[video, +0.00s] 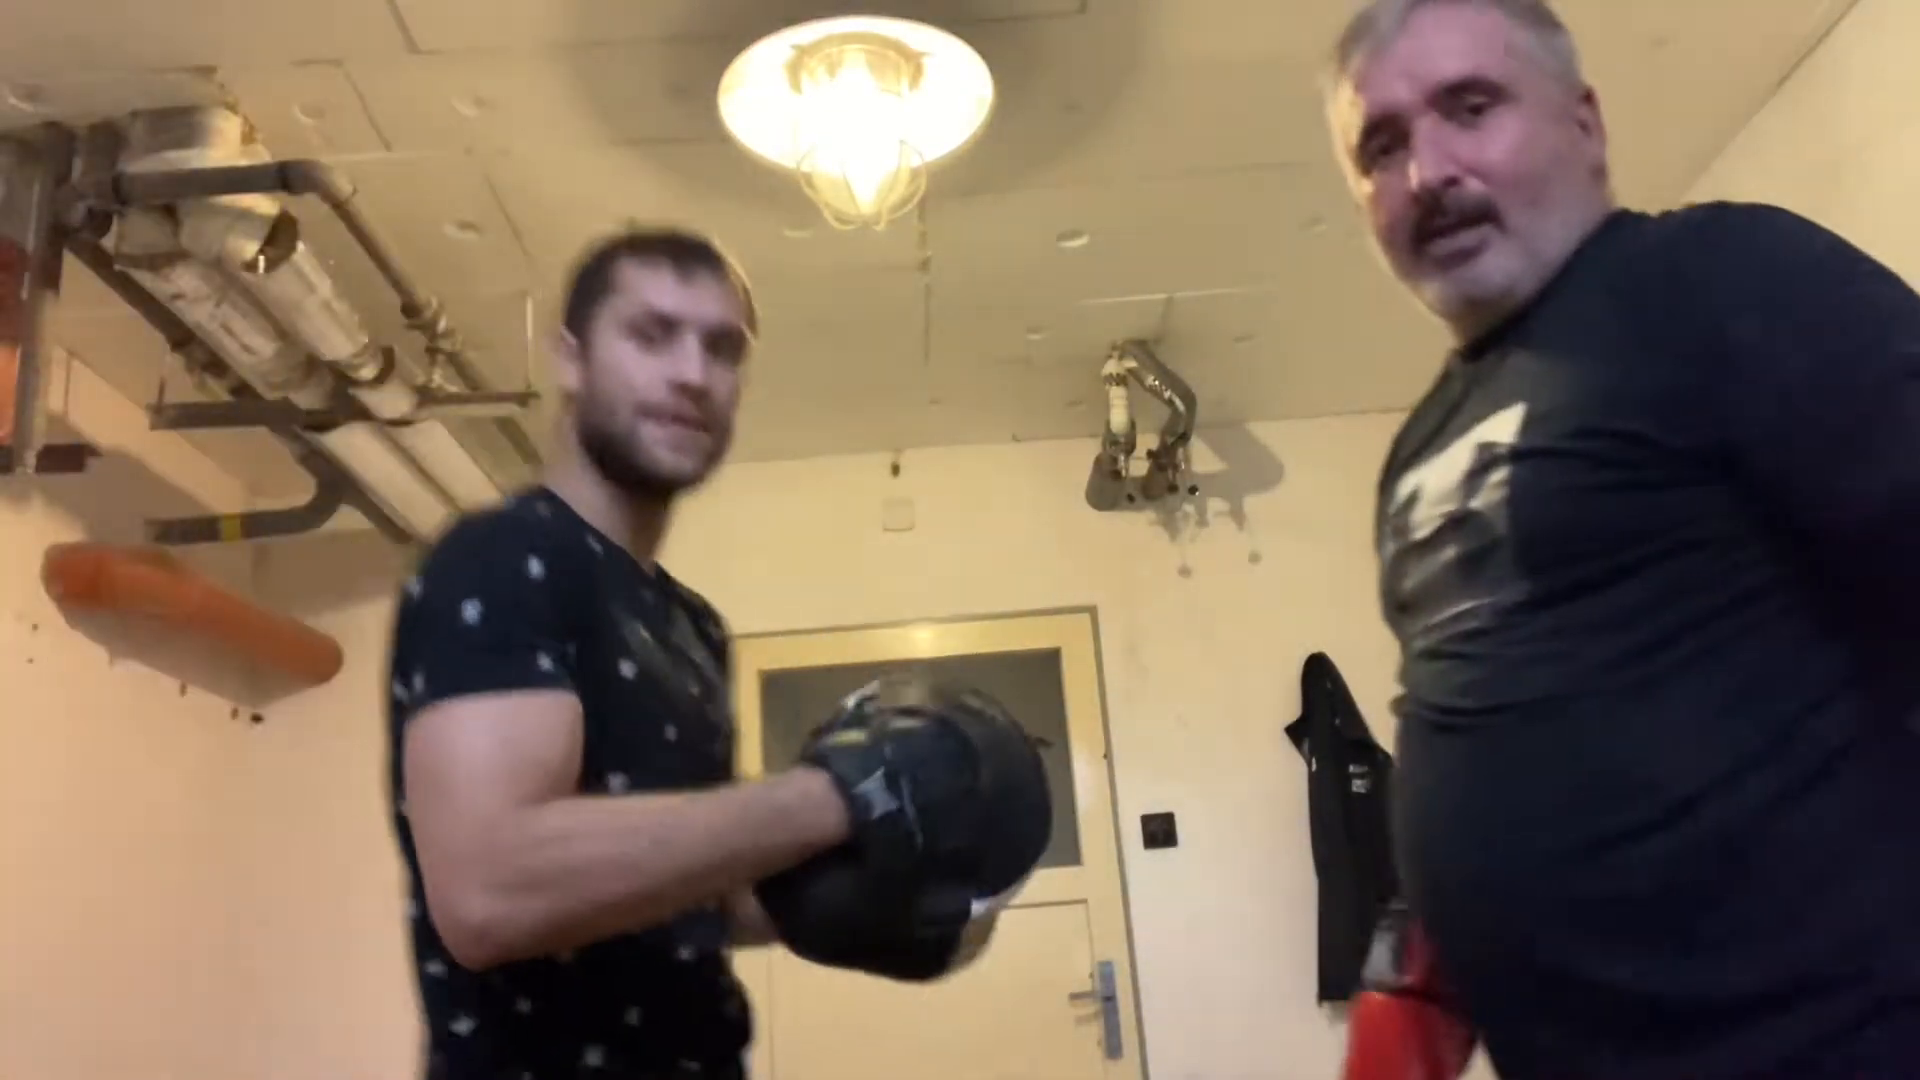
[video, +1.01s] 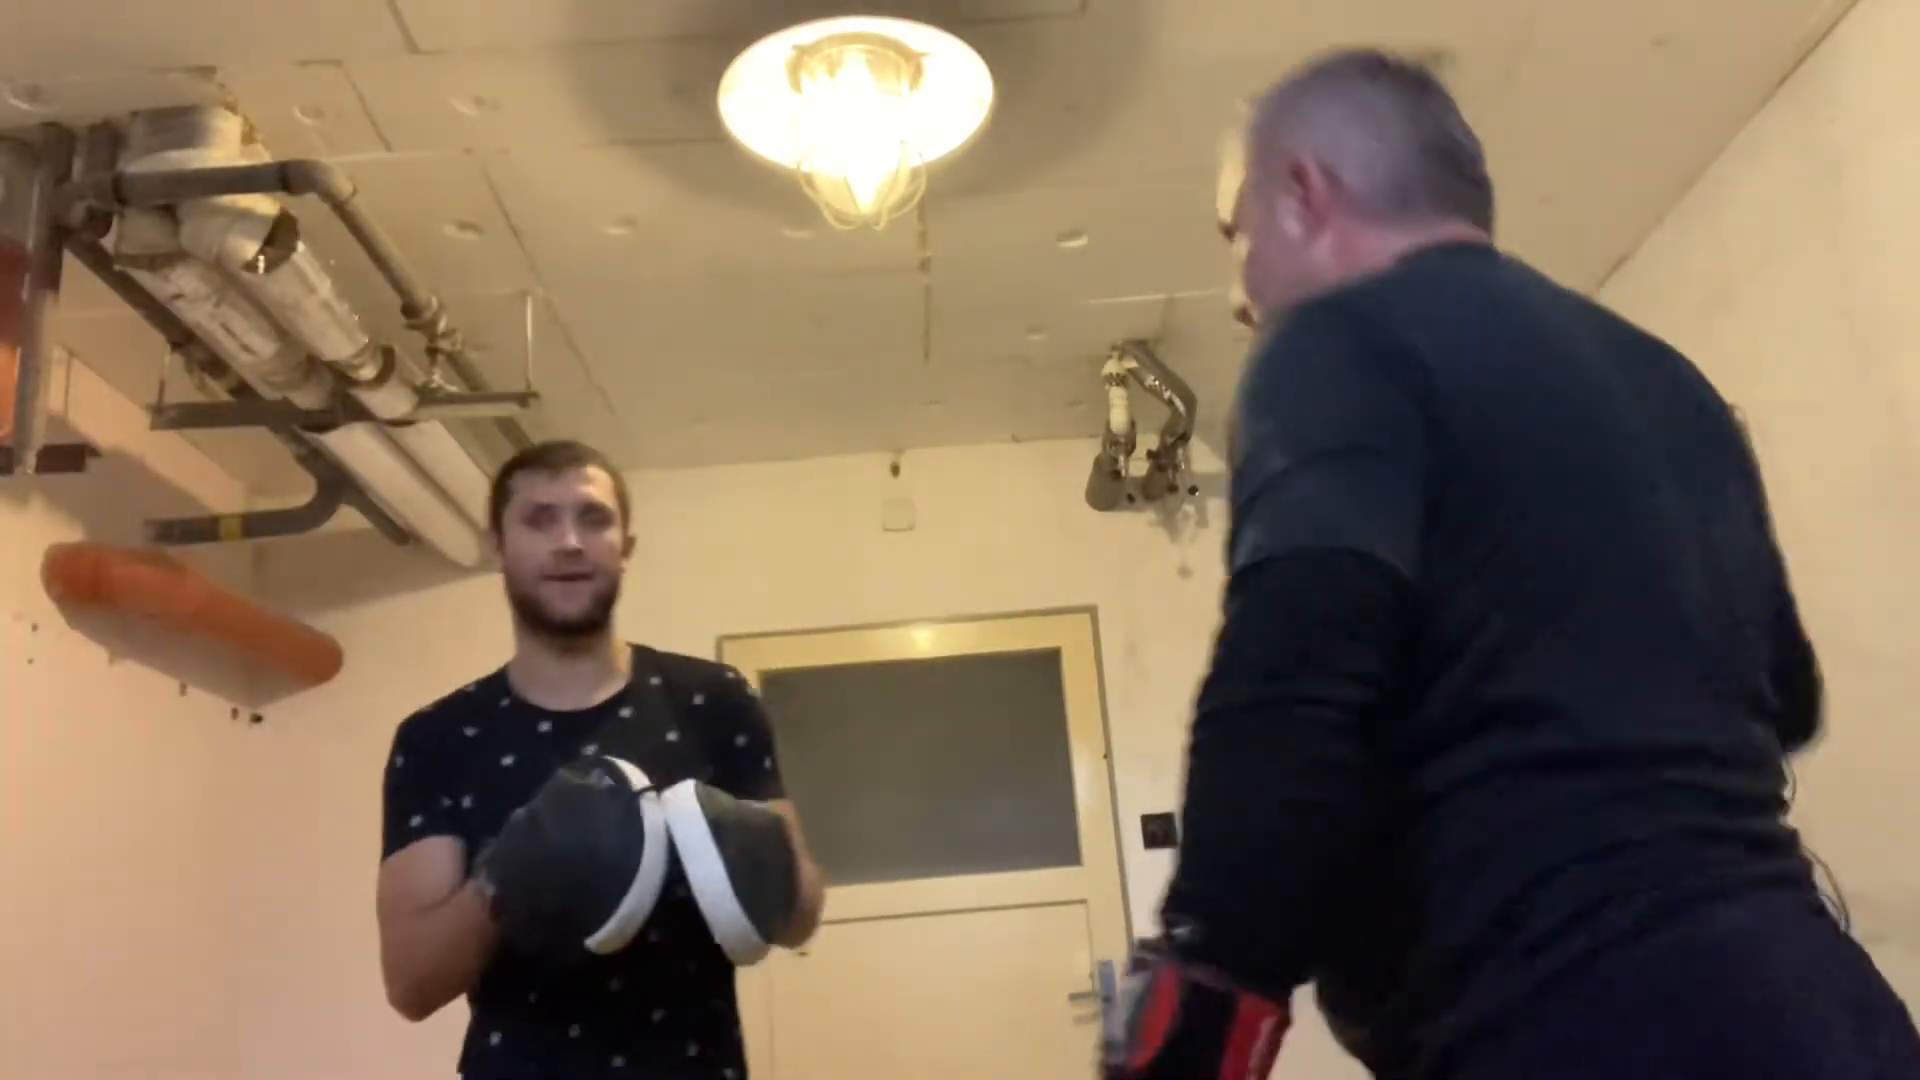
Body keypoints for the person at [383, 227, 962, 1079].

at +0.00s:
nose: (694, 375)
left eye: (721, 350)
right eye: (652, 335)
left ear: (742, 382)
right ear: (571, 357)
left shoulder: (693, 626)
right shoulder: (498, 565)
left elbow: (656, 901)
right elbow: (489, 889)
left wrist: (836, 893)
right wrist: (838, 793)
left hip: (695, 1053)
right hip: (541, 1057)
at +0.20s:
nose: (761, 434)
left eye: (791, 411)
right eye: (726, 399)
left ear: (812, 447)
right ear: (658, 421)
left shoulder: (797, 666)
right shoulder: (561, 615)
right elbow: (499, 909)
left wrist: (895, 926)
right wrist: (790, 836)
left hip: (759, 1055)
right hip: (595, 1054)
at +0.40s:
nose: (770, 457)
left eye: (797, 436)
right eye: (737, 426)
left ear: (819, 472)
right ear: (676, 449)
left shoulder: (835, 679)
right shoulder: (573, 635)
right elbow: (500, 900)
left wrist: (905, 878)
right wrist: (732, 841)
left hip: (768, 1055)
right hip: (598, 1056)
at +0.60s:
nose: (719, 481)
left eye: (746, 459)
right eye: (688, 454)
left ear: (772, 494)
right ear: (633, 481)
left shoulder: (821, 693)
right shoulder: (539, 664)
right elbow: (475, 918)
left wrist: (867, 888)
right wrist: (653, 844)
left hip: (760, 1060)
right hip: (582, 1060)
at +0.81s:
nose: (636, 514)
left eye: (661, 492)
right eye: (606, 491)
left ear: (694, 522)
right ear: (562, 519)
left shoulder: (770, 700)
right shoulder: (484, 710)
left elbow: (856, 923)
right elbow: (438, 955)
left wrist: (811, 869)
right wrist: (565, 855)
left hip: (731, 1060)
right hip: (554, 1062)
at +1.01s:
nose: (569, 542)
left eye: (592, 519)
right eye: (539, 520)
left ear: (625, 545)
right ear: (498, 548)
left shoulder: (714, 702)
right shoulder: (439, 741)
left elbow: (802, 917)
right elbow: (412, 979)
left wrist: (758, 865)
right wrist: (520, 872)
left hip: (694, 1058)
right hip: (523, 1062)